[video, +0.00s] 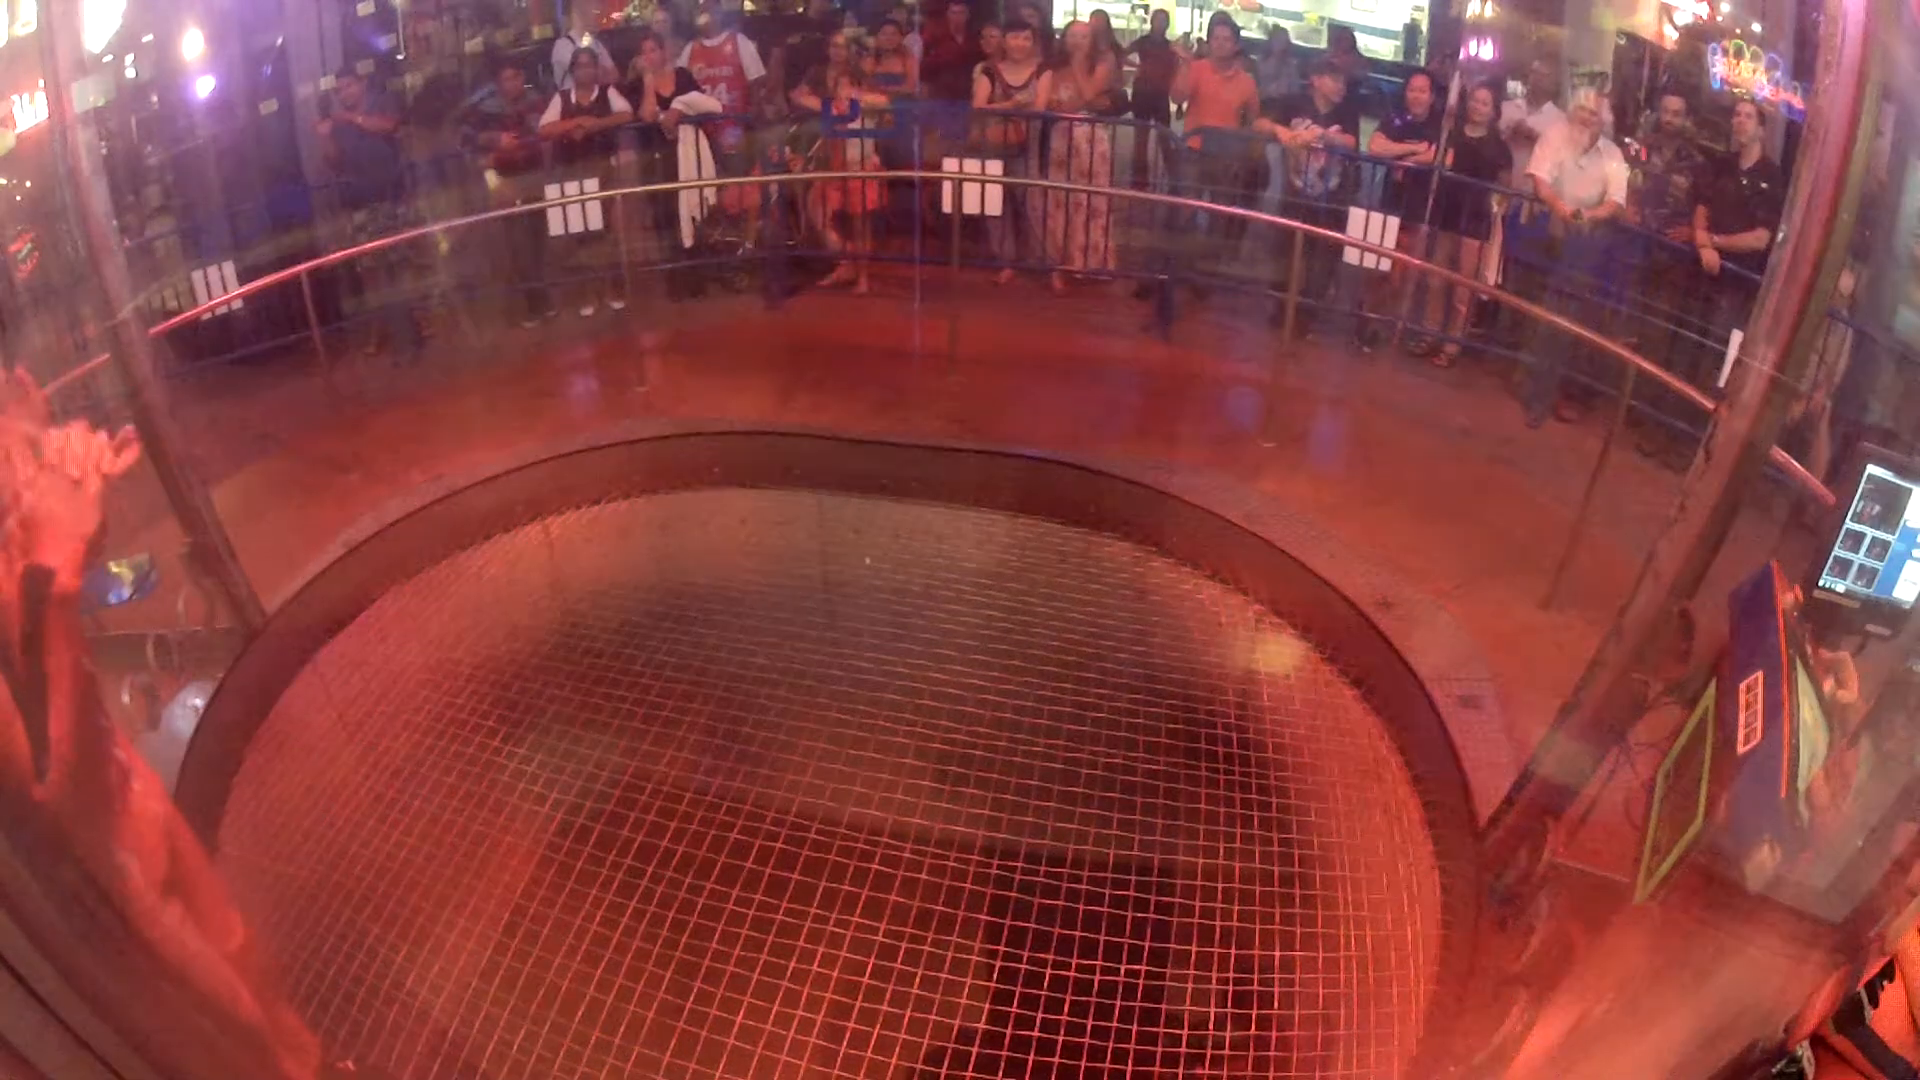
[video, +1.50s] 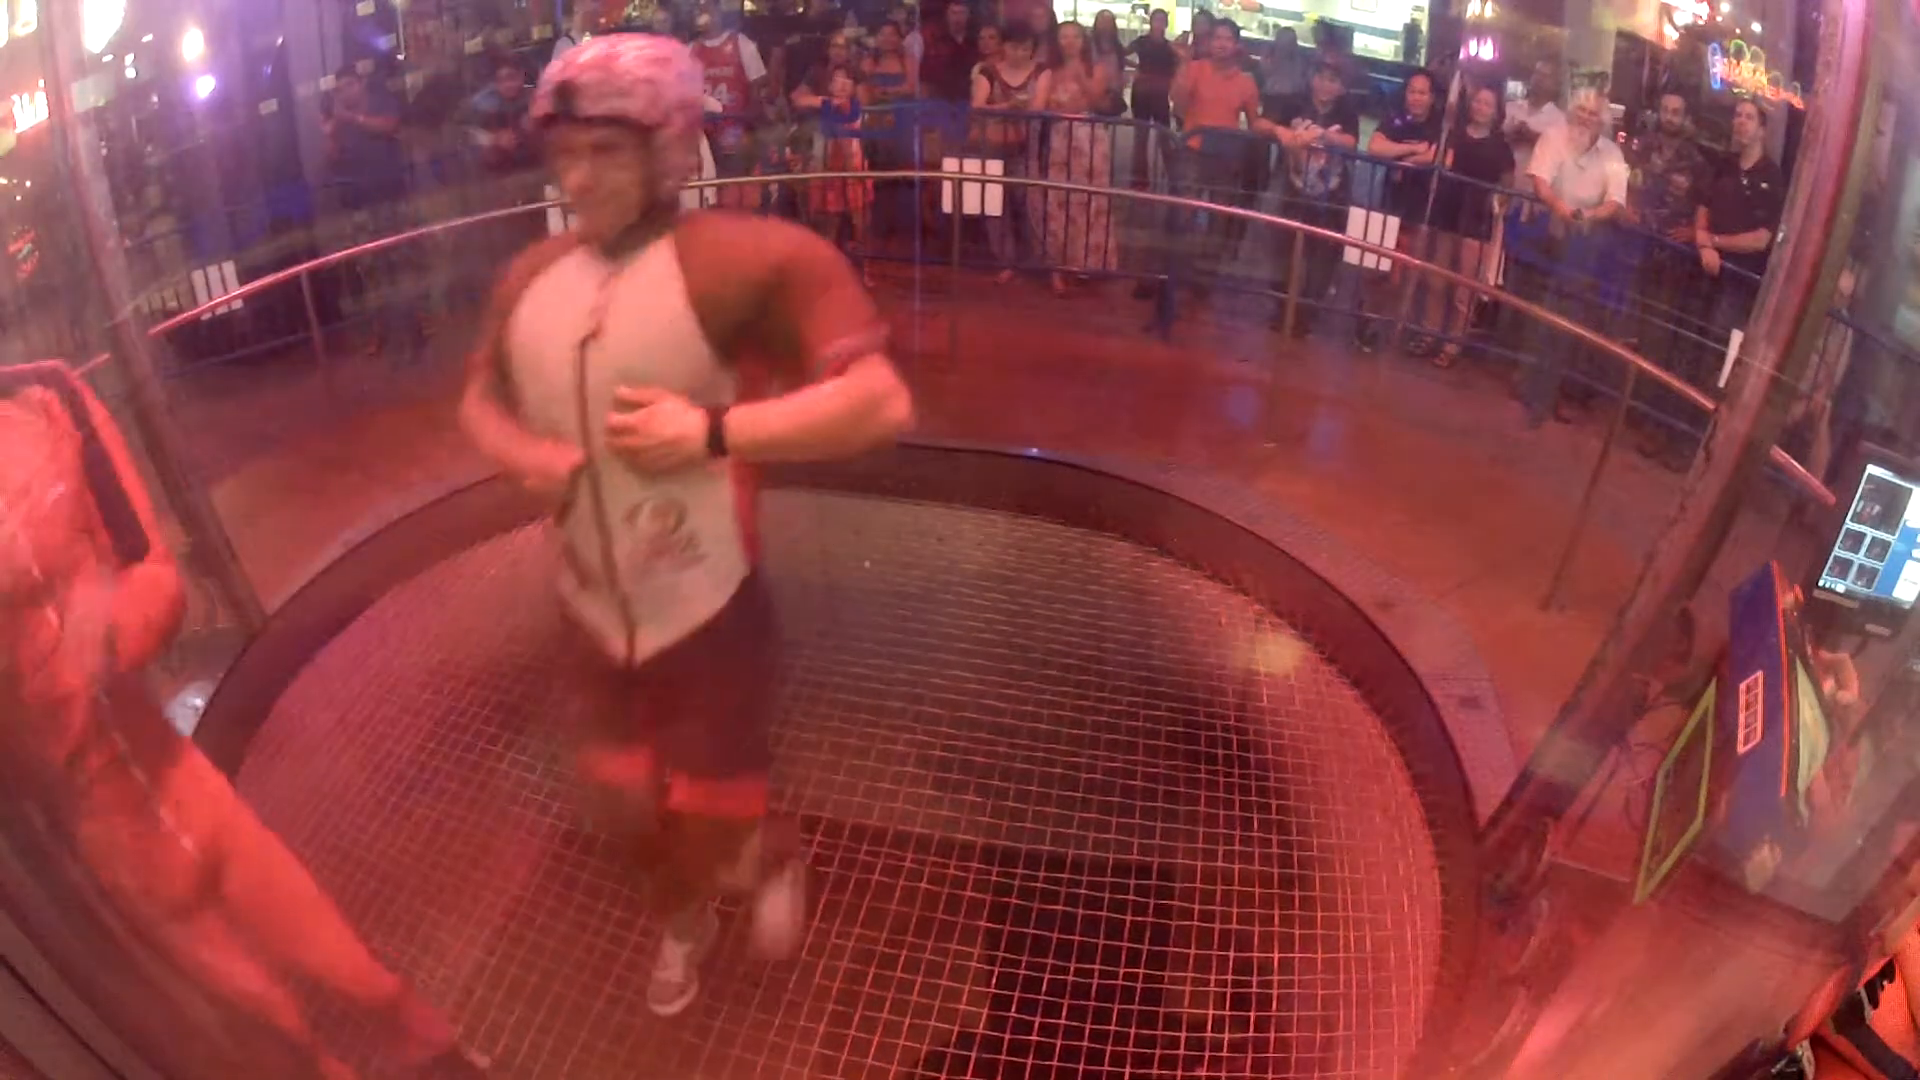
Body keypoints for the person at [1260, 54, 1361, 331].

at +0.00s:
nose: (1342, 88)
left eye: (1344, 83)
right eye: (1336, 81)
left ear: (1344, 85)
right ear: (1316, 81)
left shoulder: (1347, 111)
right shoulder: (1293, 105)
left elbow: (1351, 143)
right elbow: (1259, 124)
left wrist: (1321, 136)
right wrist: (1281, 132)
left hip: (1330, 201)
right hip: (1295, 196)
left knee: (1322, 260)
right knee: (1287, 253)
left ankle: (1307, 314)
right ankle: (1280, 307)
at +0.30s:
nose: (1336, 92)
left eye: (1340, 87)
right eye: (1331, 85)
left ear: (1343, 89)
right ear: (1314, 81)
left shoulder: (1346, 112)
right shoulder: (1292, 105)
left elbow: (1351, 144)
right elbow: (1259, 123)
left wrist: (1323, 135)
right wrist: (1281, 132)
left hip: (1330, 199)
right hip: (1295, 193)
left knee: (1322, 258)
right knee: (1286, 250)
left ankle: (1308, 314)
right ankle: (1280, 306)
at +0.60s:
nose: (1329, 89)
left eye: (1336, 85)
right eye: (1325, 81)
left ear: (1343, 91)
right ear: (1314, 80)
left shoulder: (1347, 114)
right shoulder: (1293, 106)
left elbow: (1351, 144)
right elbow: (1258, 122)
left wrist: (1324, 135)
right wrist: (1282, 133)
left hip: (1331, 199)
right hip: (1295, 193)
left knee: (1322, 258)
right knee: (1287, 251)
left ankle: (1307, 314)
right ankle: (1280, 307)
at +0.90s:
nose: (1328, 88)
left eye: (1334, 84)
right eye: (1325, 80)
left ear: (1342, 92)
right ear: (1314, 80)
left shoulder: (1347, 115)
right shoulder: (1292, 106)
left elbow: (1351, 144)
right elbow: (1262, 125)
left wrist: (1324, 135)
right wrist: (1288, 136)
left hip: (1330, 198)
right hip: (1295, 192)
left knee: (1322, 256)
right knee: (1287, 249)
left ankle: (1307, 312)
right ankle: (1281, 305)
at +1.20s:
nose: (1326, 86)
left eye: (1333, 82)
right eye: (1322, 79)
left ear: (1342, 88)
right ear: (1312, 80)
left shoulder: (1345, 112)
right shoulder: (1293, 104)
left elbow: (1352, 144)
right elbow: (1260, 125)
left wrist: (1326, 136)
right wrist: (1287, 135)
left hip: (1331, 196)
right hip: (1296, 189)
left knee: (1323, 255)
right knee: (1287, 248)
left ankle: (1307, 313)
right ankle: (1281, 307)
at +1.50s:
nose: (1325, 86)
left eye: (1333, 81)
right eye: (1322, 78)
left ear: (1343, 87)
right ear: (1311, 78)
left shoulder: (1346, 111)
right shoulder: (1293, 103)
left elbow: (1351, 143)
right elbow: (1259, 124)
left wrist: (1325, 136)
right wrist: (1283, 134)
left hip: (1332, 196)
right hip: (1296, 190)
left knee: (1324, 255)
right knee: (1286, 248)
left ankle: (1307, 312)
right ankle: (1281, 306)